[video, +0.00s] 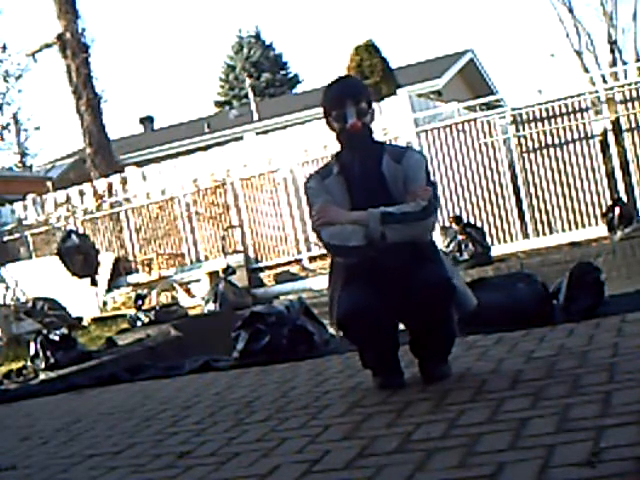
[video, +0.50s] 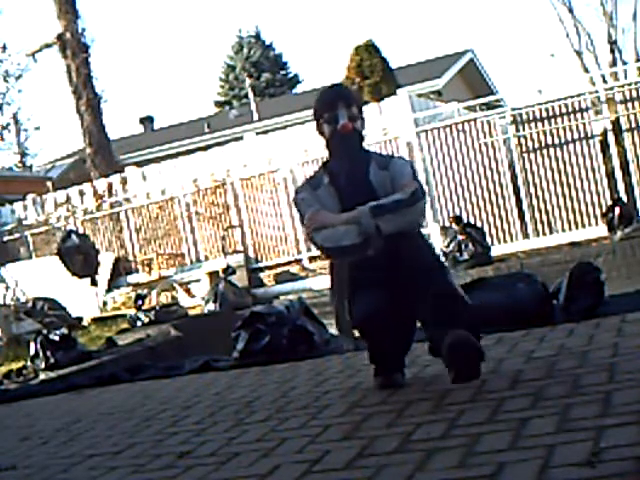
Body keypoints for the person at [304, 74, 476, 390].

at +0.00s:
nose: (353, 123)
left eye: (361, 111)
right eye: (341, 116)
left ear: (373, 112)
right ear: (329, 122)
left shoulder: (407, 159)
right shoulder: (319, 183)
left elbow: (425, 218)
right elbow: (335, 241)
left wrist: (349, 217)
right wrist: (406, 215)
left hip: (415, 262)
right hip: (359, 275)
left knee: (433, 290)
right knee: (358, 311)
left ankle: (434, 361)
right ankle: (385, 369)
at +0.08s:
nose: (349, 121)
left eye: (357, 109)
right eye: (337, 113)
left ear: (368, 110)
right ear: (326, 119)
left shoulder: (402, 156)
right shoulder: (315, 179)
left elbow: (419, 217)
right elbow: (329, 235)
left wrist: (344, 212)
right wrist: (399, 208)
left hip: (413, 260)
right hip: (359, 273)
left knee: (430, 292)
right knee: (362, 313)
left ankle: (434, 361)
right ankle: (385, 370)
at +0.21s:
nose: (343, 113)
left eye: (351, 102)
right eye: (332, 106)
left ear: (363, 104)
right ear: (320, 112)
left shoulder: (395, 147)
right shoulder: (308, 173)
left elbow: (407, 193)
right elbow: (321, 228)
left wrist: (337, 202)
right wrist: (386, 209)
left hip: (413, 263)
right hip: (358, 278)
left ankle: (442, 347)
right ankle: (385, 366)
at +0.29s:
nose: (341, 115)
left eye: (349, 104)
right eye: (329, 108)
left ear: (360, 106)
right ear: (317, 114)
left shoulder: (391, 151)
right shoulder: (306, 176)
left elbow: (409, 196)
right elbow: (321, 232)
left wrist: (338, 204)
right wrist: (387, 207)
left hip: (412, 253)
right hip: (358, 266)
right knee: (368, 308)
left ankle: (453, 361)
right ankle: (386, 369)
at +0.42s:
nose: (342, 128)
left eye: (350, 119)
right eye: (331, 122)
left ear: (360, 121)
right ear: (318, 128)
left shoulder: (392, 170)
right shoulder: (308, 194)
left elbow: (413, 218)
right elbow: (322, 249)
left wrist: (341, 226)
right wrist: (389, 222)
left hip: (410, 264)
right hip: (359, 282)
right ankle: (387, 370)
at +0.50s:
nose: (344, 127)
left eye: (351, 118)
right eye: (333, 121)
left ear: (362, 121)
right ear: (320, 129)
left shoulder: (395, 167)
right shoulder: (310, 192)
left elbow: (414, 211)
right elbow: (328, 242)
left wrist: (341, 220)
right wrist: (388, 218)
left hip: (411, 263)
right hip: (363, 281)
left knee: (411, 246)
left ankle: (459, 350)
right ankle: (388, 366)